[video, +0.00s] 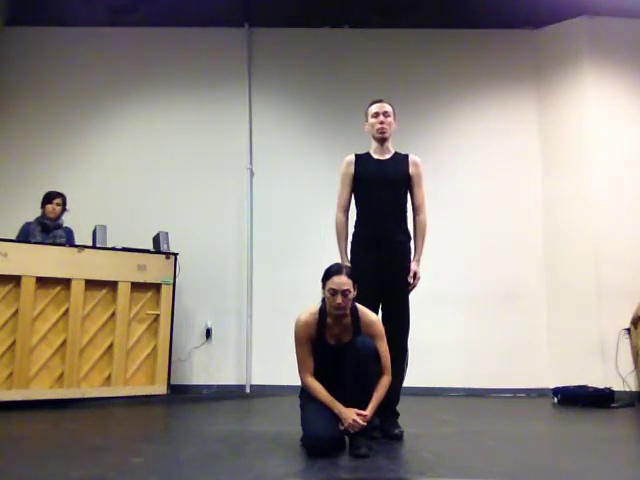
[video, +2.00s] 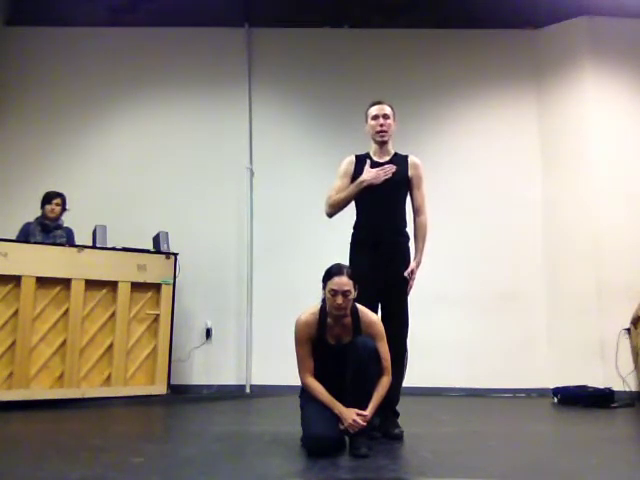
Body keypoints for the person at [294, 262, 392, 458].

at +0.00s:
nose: (339, 300)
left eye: (345, 294)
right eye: (333, 293)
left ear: (354, 293)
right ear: (323, 292)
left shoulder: (370, 322)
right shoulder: (306, 323)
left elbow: (386, 374)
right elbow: (307, 377)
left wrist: (365, 415)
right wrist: (341, 411)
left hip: (356, 392)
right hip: (321, 393)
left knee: (364, 346)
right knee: (321, 445)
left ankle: (360, 432)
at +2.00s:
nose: (339, 301)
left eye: (346, 294)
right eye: (333, 294)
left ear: (355, 293)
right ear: (324, 292)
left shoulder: (371, 322)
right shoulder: (307, 323)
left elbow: (386, 374)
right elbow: (307, 378)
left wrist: (366, 414)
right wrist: (342, 412)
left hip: (355, 392)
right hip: (321, 393)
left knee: (364, 347)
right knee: (321, 445)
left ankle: (360, 431)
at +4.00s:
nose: (340, 302)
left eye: (347, 295)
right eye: (334, 295)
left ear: (356, 294)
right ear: (325, 292)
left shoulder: (372, 323)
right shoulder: (307, 323)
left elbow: (387, 375)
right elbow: (306, 378)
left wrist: (367, 413)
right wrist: (341, 411)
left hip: (355, 393)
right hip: (321, 393)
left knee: (365, 347)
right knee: (322, 444)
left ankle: (360, 432)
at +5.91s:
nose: (339, 304)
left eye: (346, 297)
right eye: (333, 296)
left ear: (355, 295)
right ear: (324, 293)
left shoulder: (370, 323)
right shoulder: (306, 324)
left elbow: (391, 377)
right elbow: (306, 378)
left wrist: (362, 414)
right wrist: (338, 413)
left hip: (356, 394)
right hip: (321, 396)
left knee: (365, 346)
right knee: (320, 445)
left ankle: (360, 433)